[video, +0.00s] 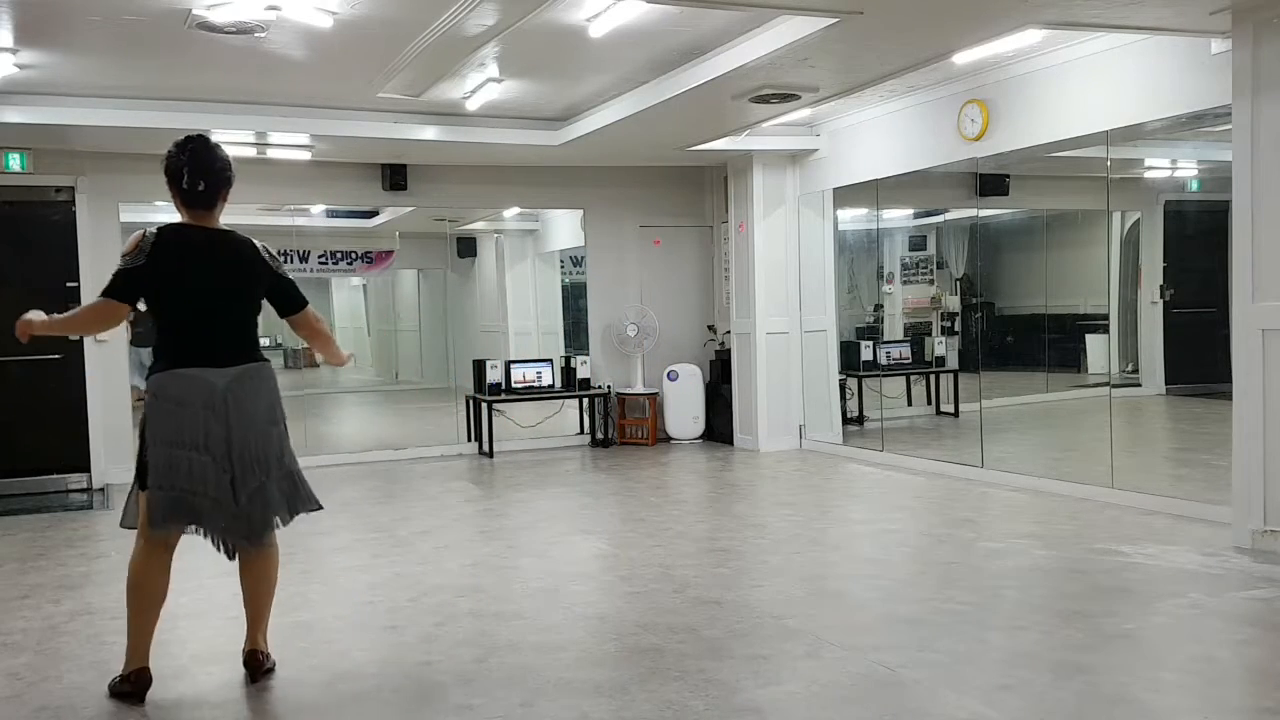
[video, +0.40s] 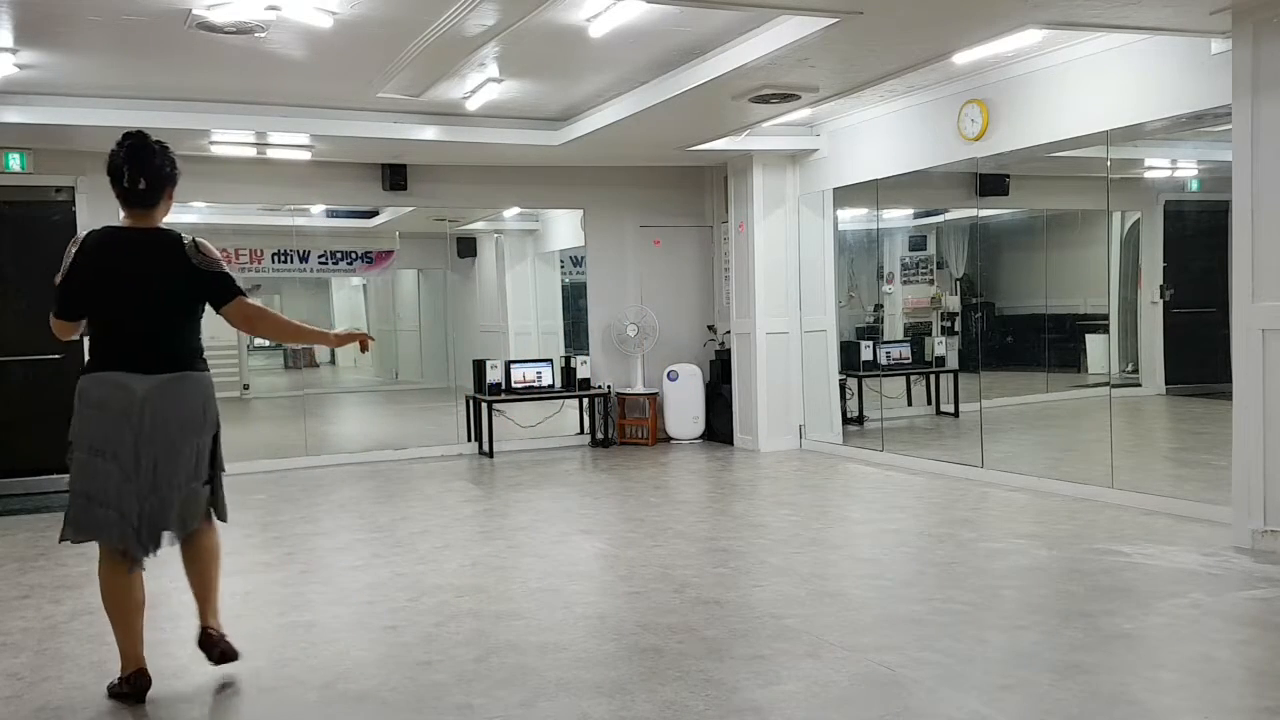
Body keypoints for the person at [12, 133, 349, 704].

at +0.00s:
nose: (182, 192)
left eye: (173, 183)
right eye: (209, 183)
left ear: (172, 190)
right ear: (226, 190)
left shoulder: (155, 248)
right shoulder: (249, 253)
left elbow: (108, 313)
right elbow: (307, 322)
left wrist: (46, 324)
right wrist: (334, 353)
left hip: (176, 392)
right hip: (249, 392)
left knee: (157, 535)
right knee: (256, 523)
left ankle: (136, 668)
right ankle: (257, 648)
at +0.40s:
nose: (166, 194)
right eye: (170, 185)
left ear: (115, 190)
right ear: (171, 191)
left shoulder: (89, 250)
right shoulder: (190, 253)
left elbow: (63, 329)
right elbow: (247, 317)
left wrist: (86, 292)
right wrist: (329, 337)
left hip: (106, 395)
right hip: (184, 394)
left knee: (117, 532)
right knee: (195, 510)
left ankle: (133, 670)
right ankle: (210, 624)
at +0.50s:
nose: (163, 195)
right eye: (164, 187)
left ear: (107, 191)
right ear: (163, 192)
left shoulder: (83, 253)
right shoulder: (182, 255)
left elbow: (72, 334)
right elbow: (243, 316)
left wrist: (111, 322)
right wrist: (330, 327)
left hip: (101, 396)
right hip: (176, 396)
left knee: (111, 536)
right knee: (173, 511)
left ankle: (132, 670)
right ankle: (172, 615)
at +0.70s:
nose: (159, 197)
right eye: (159, 190)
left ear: (101, 196)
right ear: (159, 195)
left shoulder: (82, 258)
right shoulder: (178, 257)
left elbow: (79, 338)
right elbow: (232, 316)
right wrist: (317, 325)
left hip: (96, 398)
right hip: (169, 399)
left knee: (106, 535)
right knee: (154, 519)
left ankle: (133, 671)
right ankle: (165, 632)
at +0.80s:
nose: (162, 197)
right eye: (161, 190)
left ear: (104, 195)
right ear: (161, 194)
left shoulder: (83, 256)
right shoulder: (180, 255)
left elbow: (76, 341)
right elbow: (232, 316)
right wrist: (318, 326)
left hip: (100, 397)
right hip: (174, 397)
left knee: (111, 534)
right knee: (173, 519)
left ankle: (133, 670)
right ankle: (183, 625)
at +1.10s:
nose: (181, 196)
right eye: (185, 188)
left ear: (132, 192)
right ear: (188, 192)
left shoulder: (109, 253)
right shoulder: (211, 254)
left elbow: (66, 329)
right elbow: (266, 318)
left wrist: (50, 307)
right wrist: (334, 322)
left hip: (133, 401)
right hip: (208, 397)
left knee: (135, 535)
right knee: (244, 521)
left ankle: (135, 670)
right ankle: (280, 638)